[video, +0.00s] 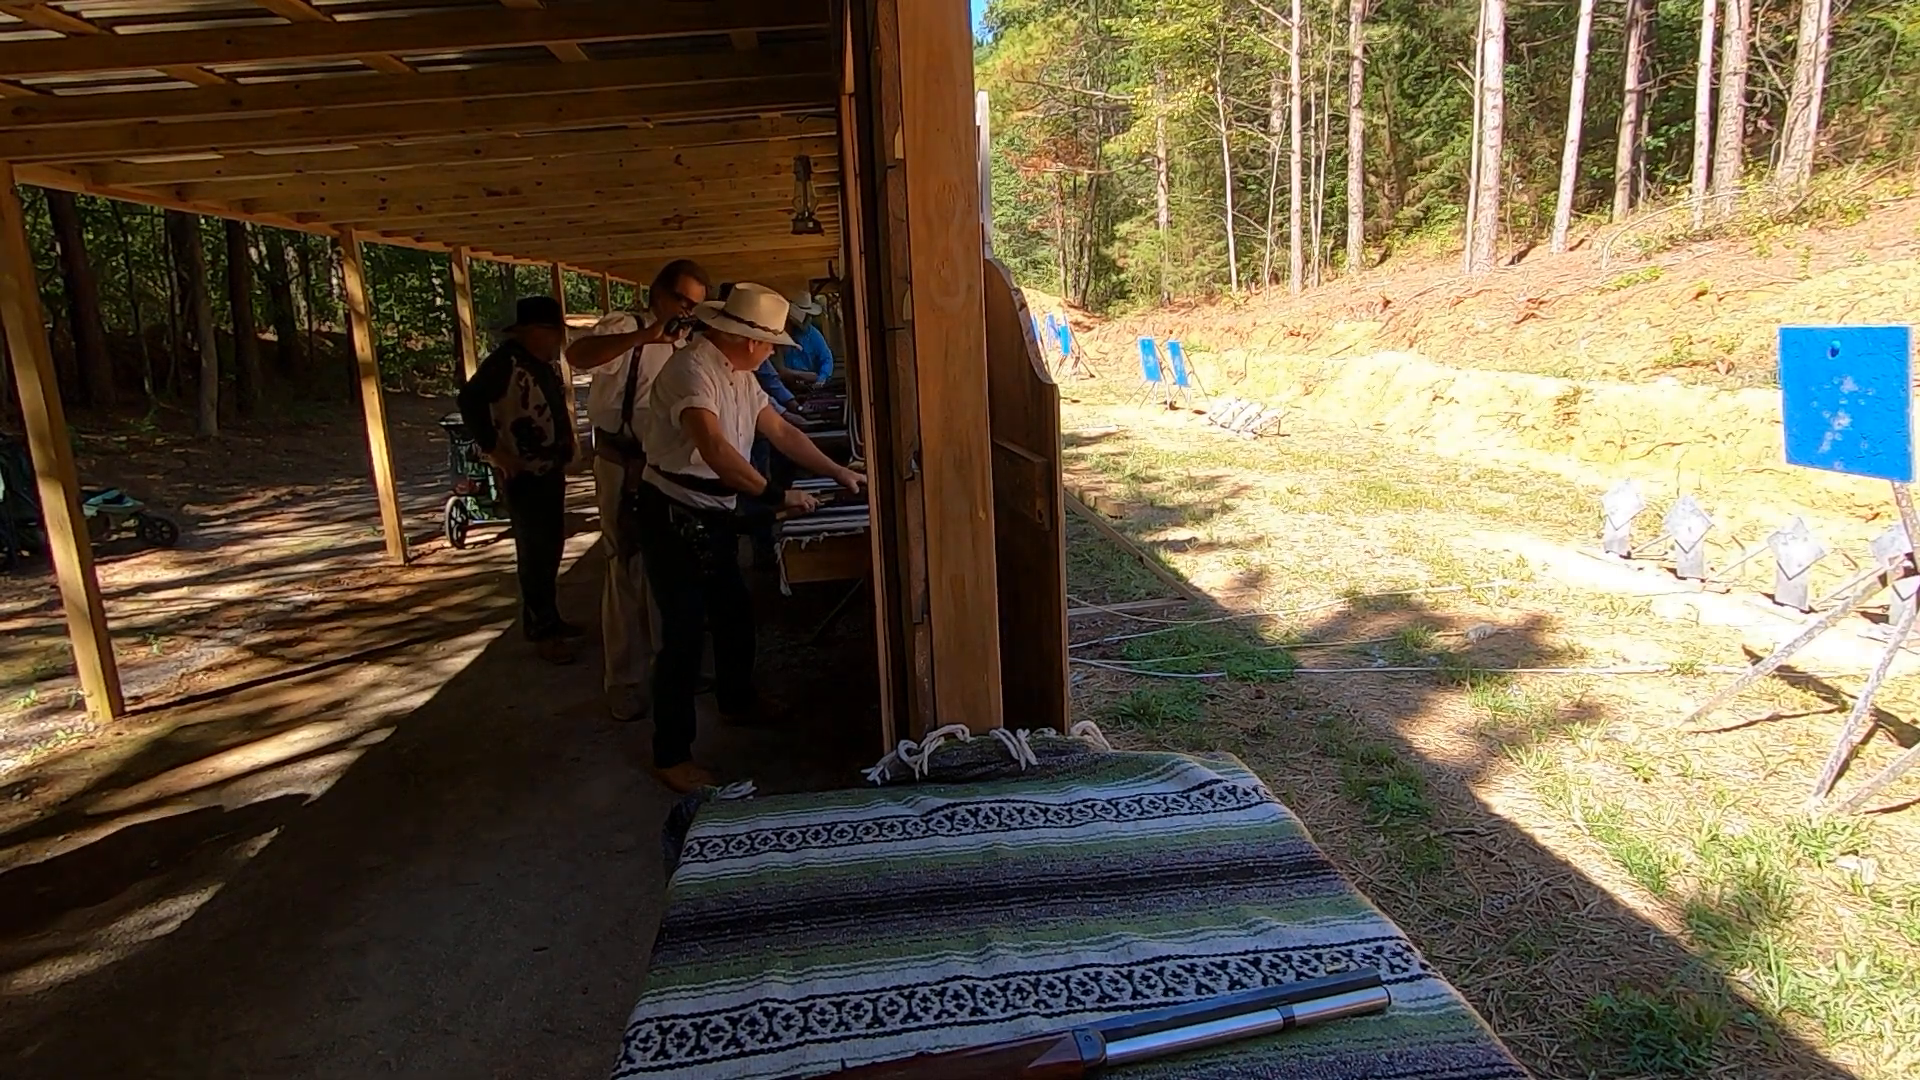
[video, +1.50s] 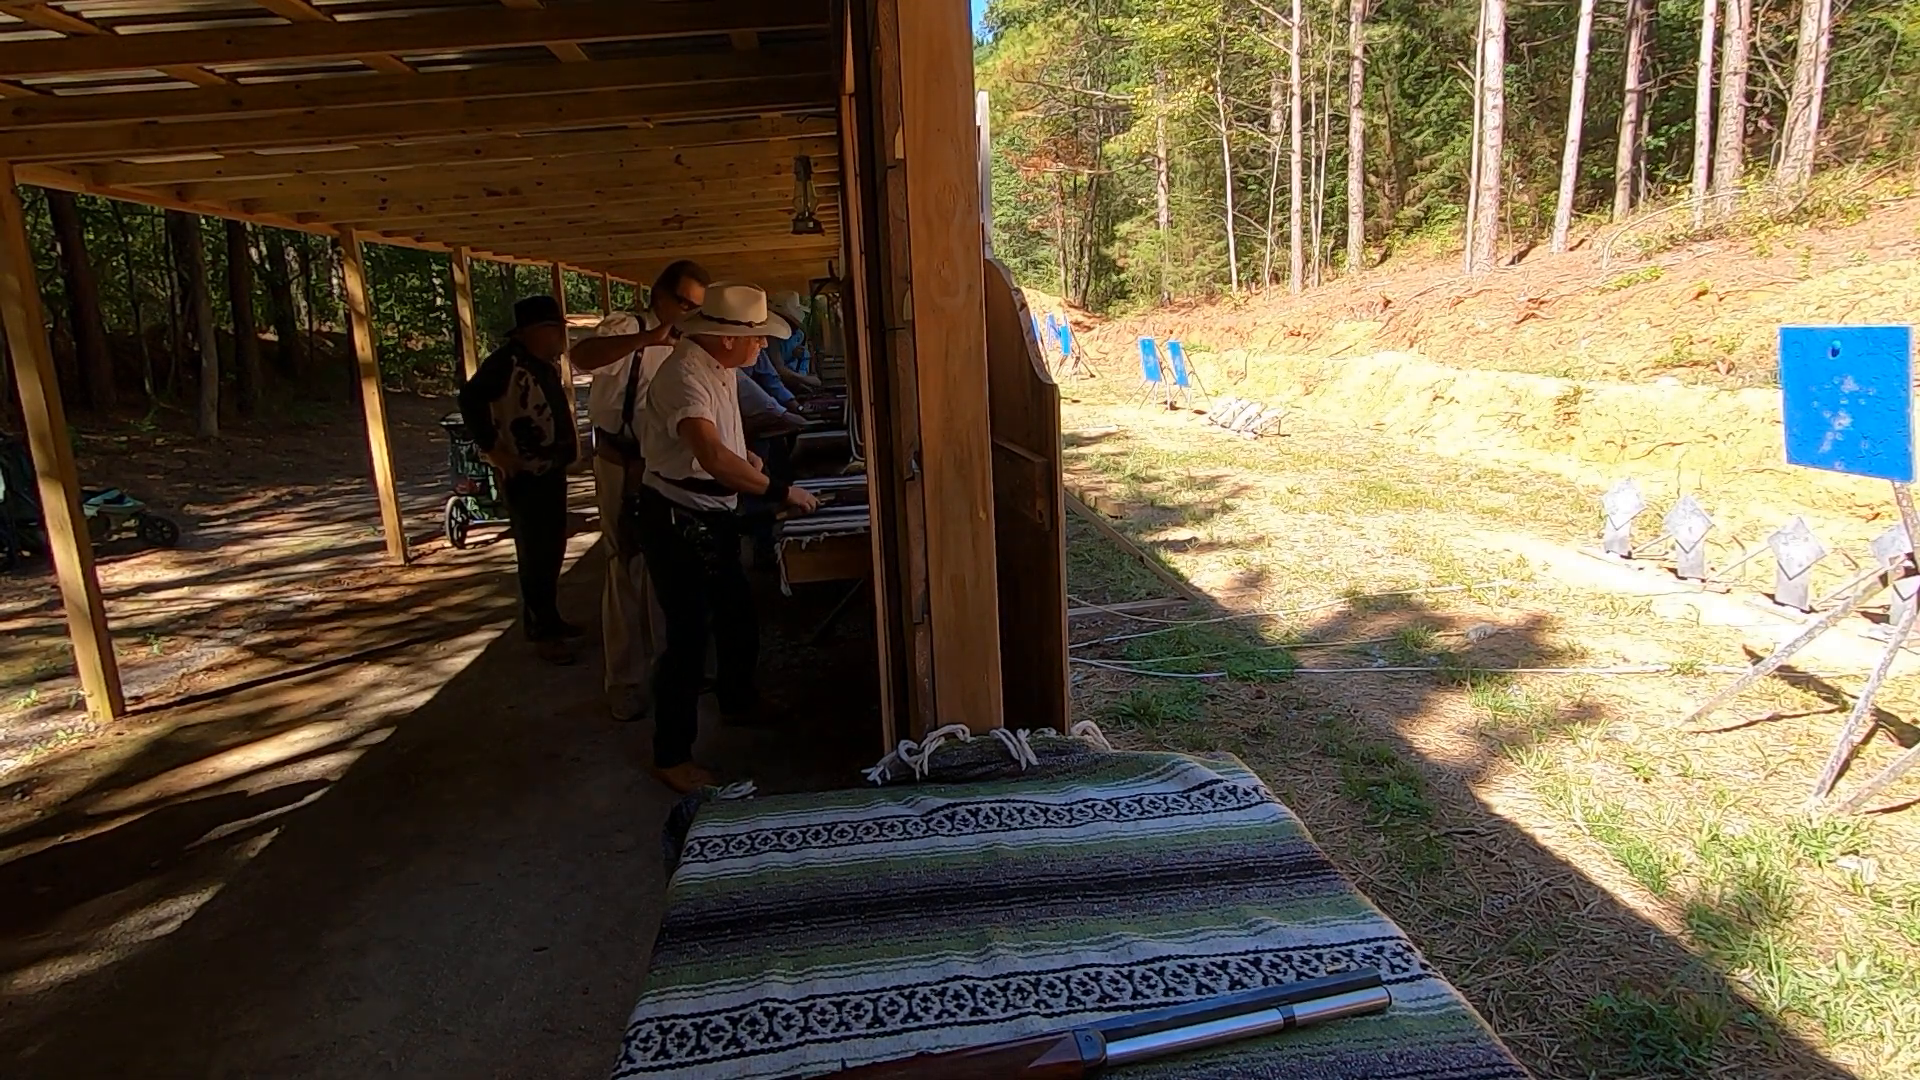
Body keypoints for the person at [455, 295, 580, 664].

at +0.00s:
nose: (560, 339)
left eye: (560, 331)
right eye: (555, 331)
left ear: (544, 332)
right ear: (535, 331)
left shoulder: (546, 364)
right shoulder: (506, 359)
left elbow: (552, 408)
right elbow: (469, 399)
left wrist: (565, 442)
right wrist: (493, 448)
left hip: (550, 472)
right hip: (524, 475)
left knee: (550, 550)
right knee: (535, 553)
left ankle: (548, 621)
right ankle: (541, 630)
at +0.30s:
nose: (562, 338)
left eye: (561, 331)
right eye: (556, 330)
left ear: (543, 332)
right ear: (535, 331)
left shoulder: (546, 365)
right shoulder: (505, 360)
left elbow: (553, 411)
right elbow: (467, 399)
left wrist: (566, 449)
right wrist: (492, 448)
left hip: (552, 473)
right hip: (525, 475)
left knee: (551, 550)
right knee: (536, 553)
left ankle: (549, 620)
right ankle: (539, 629)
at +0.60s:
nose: (561, 338)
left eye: (561, 330)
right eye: (555, 330)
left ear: (543, 332)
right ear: (533, 331)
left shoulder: (546, 365)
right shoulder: (504, 361)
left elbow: (553, 409)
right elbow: (467, 399)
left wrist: (566, 444)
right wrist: (490, 448)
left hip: (552, 471)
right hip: (525, 474)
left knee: (552, 549)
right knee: (536, 552)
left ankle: (549, 620)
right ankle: (540, 630)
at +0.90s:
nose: (559, 338)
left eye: (559, 331)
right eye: (553, 331)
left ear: (547, 332)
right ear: (531, 330)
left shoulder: (545, 364)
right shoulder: (504, 362)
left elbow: (552, 409)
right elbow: (467, 398)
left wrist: (566, 444)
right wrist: (490, 447)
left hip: (552, 471)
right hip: (524, 474)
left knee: (552, 549)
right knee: (536, 552)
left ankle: (549, 619)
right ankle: (540, 630)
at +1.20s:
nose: (561, 338)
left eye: (561, 330)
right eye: (555, 330)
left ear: (547, 332)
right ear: (533, 331)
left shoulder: (545, 364)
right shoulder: (505, 361)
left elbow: (549, 409)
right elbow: (468, 399)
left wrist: (564, 446)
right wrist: (490, 447)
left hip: (551, 472)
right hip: (525, 475)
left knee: (551, 550)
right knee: (536, 553)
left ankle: (549, 620)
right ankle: (541, 631)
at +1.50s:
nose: (563, 338)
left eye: (563, 330)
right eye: (557, 330)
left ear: (545, 332)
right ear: (534, 331)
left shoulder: (546, 365)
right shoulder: (507, 361)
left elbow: (550, 410)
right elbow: (470, 399)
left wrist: (565, 445)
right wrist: (491, 448)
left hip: (551, 472)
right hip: (525, 475)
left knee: (552, 550)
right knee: (536, 553)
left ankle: (549, 620)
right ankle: (541, 630)